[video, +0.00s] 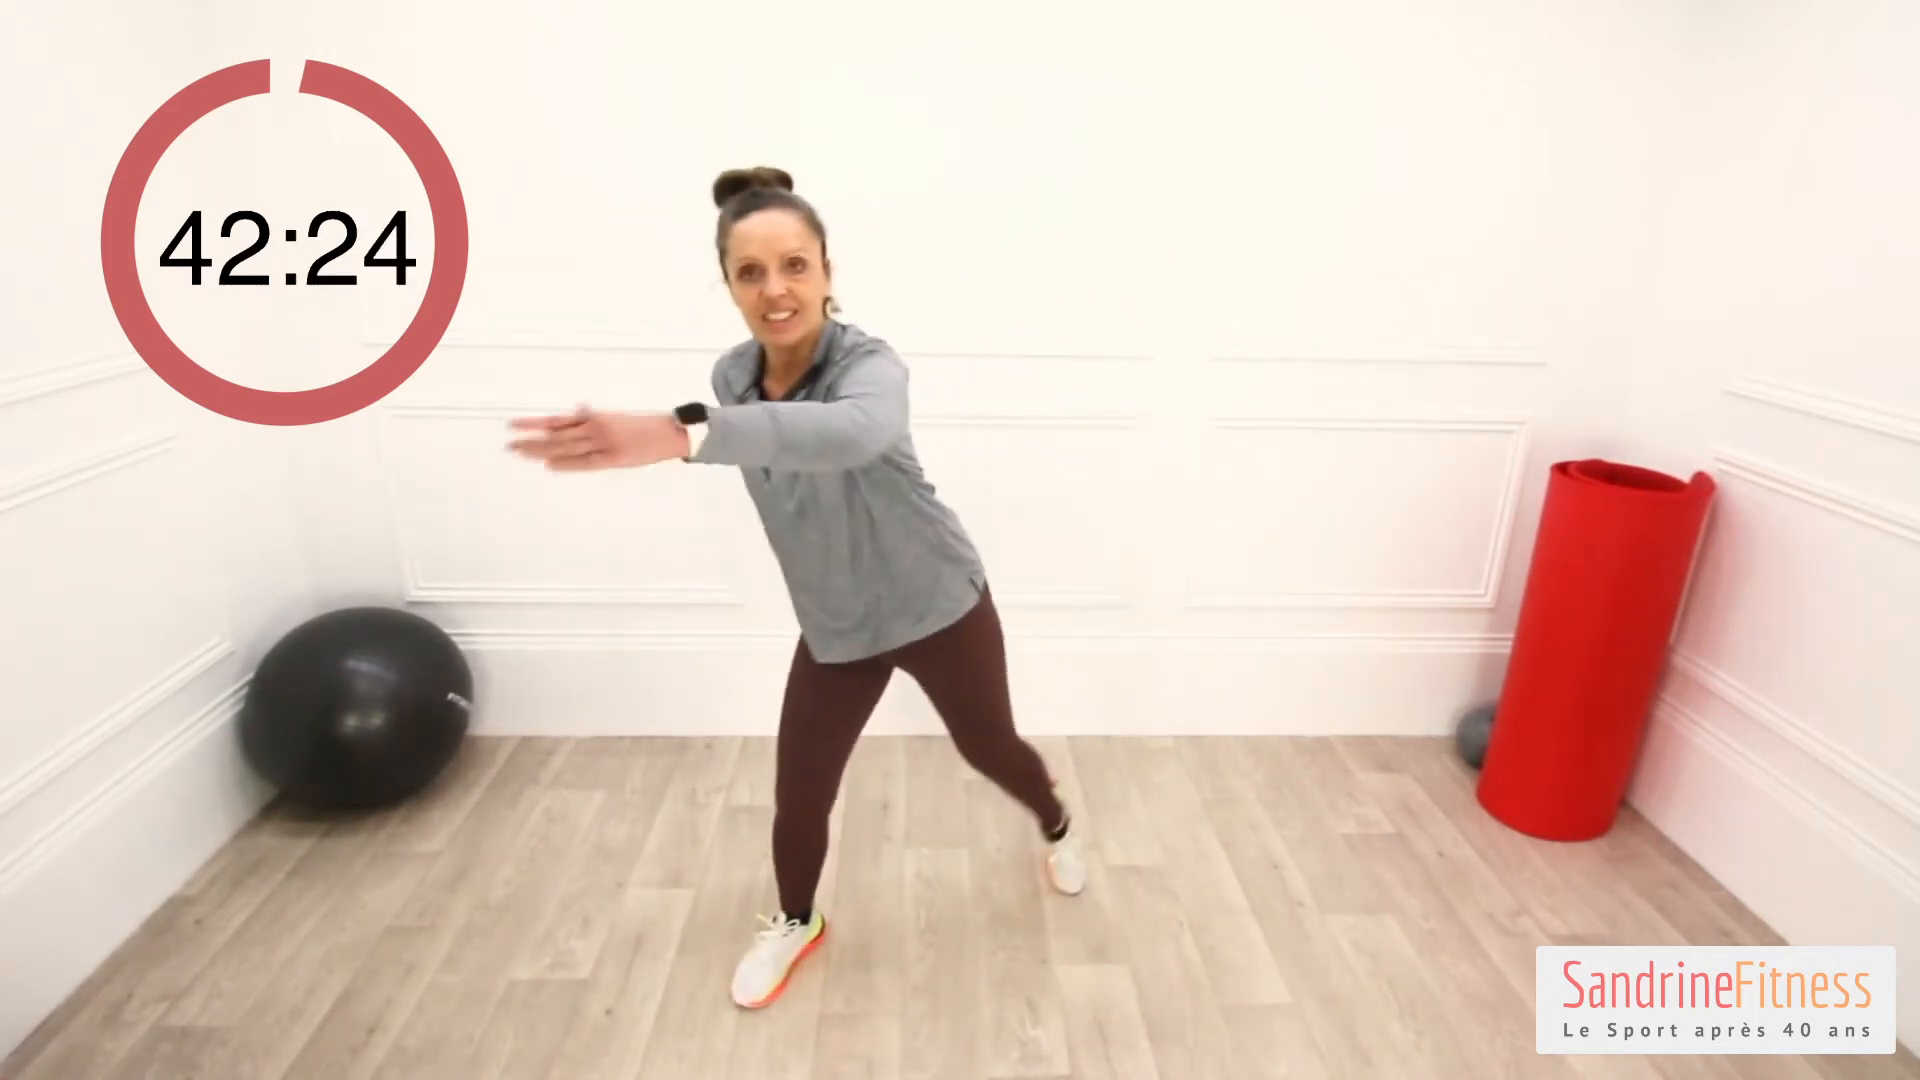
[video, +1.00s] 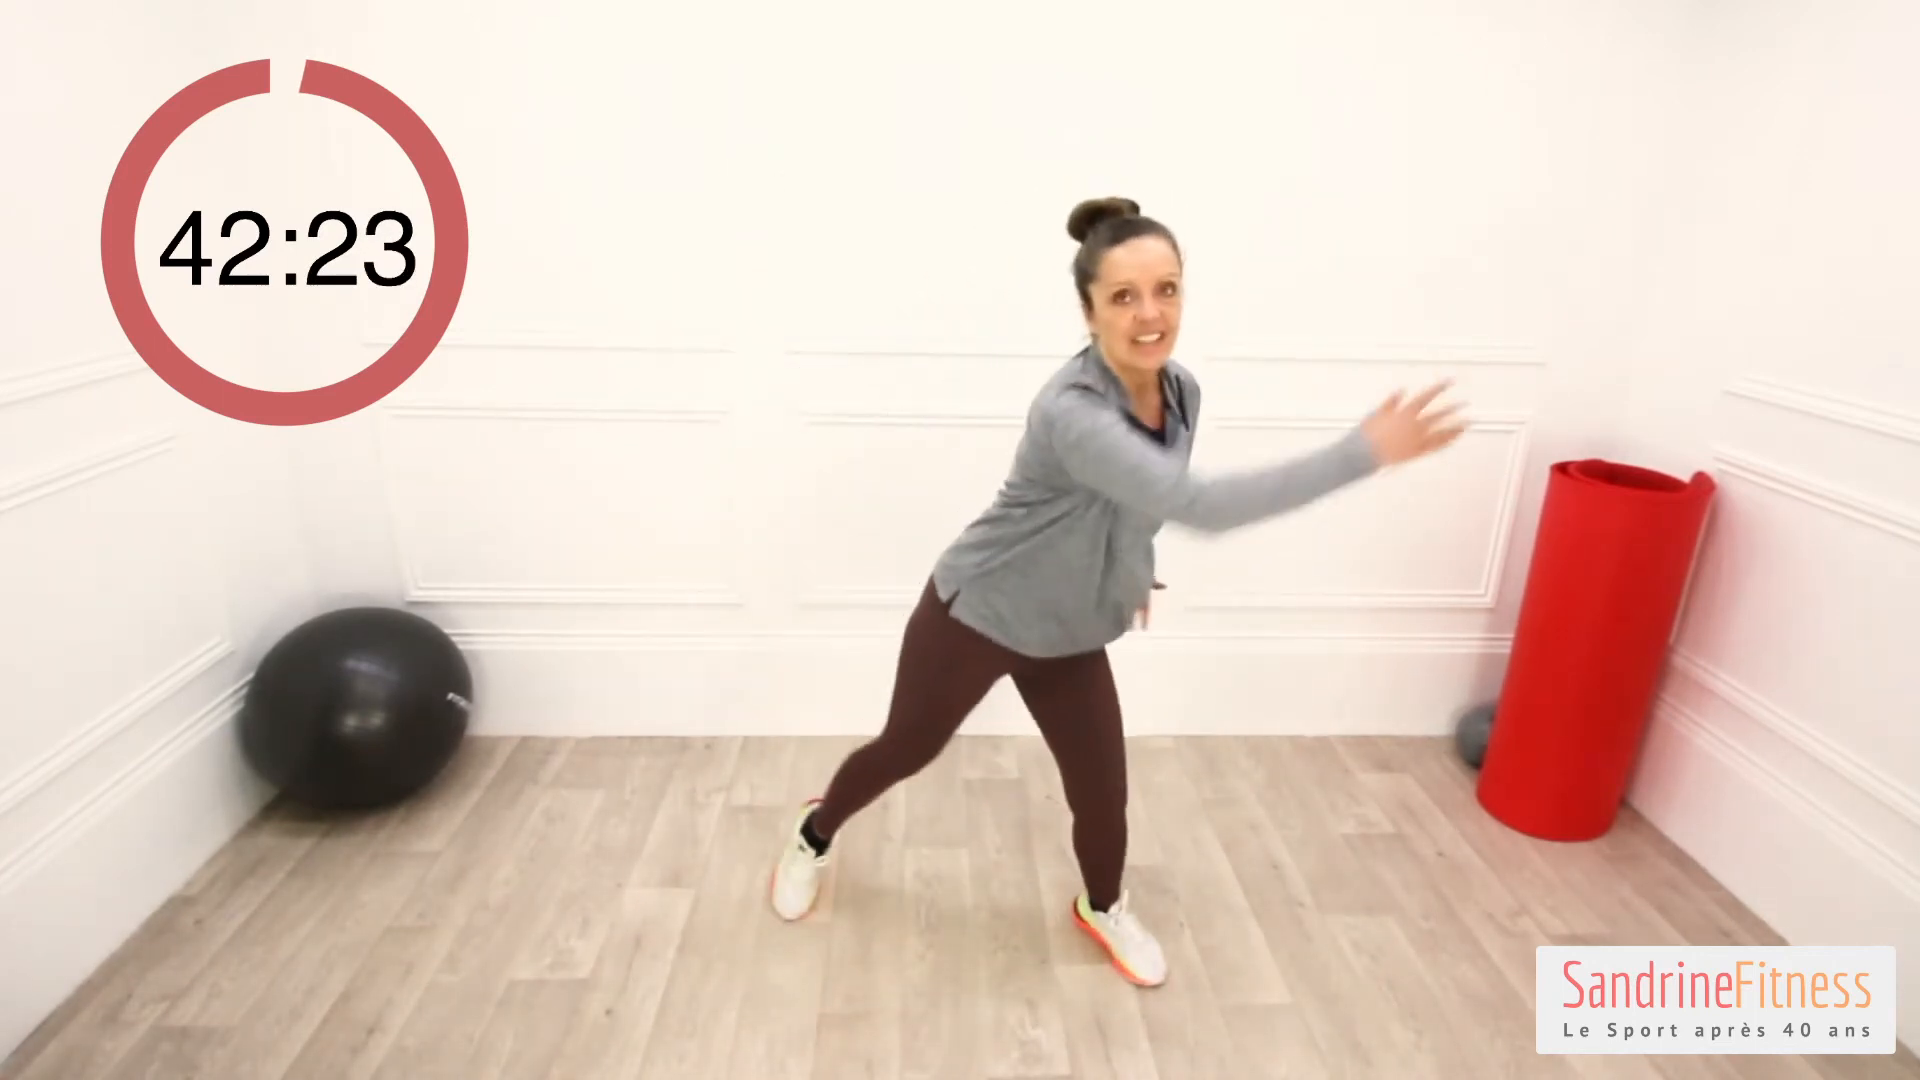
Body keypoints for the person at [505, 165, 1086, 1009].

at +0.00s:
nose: (776, 291)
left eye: (794, 266)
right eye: (751, 273)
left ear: (827, 274)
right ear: (729, 291)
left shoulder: (869, 364)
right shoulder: (733, 377)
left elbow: (866, 431)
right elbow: (765, 457)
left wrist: (687, 432)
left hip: (936, 604)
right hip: (836, 623)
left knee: (992, 751)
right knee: (800, 794)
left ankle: (1058, 824)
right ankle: (797, 921)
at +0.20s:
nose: (787, 292)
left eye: (805, 268)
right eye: (762, 275)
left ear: (836, 275)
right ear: (740, 292)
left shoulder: (884, 384)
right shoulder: (733, 382)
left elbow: (943, 495)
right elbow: (786, 499)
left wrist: (828, 568)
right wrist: (796, 570)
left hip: (938, 603)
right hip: (834, 620)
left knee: (999, 745)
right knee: (805, 793)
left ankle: (1064, 829)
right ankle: (796, 921)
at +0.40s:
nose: (882, 317)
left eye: (899, 293)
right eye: (858, 299)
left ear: (924, 301)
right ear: (831, 314)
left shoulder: (980, 424)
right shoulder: (788, 406)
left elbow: (1095, 532)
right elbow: (747, 434)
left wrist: (1037, 641)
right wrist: (767, 535)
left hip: (965, 636)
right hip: (851, 639)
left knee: (1031, 786)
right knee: (821, 810)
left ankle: (1089, 894)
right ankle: (794, 923)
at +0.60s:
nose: (1011, 338)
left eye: (1024, 315)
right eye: (986, 322)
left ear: (1044, 322)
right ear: (955, 337)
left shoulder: (1084, 437)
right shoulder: (911, 445)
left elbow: (1108, 518)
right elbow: (849, 546)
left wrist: (1093, 608)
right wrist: (897, 637)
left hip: (1007, 645)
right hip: (902, 643)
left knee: (1061, 804)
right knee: (864, 816)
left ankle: (1102, 909)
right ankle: (792, 925)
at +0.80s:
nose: (1122, 292)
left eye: (1138, 268)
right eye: (1095, 275)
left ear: (1157, 275)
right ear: (1061, 292)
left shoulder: (1162, 379)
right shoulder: (1040, 398)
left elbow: (1131, 483)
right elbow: (1101, 548)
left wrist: (1109, 560)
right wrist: (1240, 492)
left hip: (1052, 613)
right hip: (959, 592)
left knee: (1075, 782)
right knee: (866, 733)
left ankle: (1102, 905)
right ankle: (768, 866)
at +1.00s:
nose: (1149, 314)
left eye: (1166, 292)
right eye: (1125, 297)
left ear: (1183, 300)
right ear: (1088, 311)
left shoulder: (1180, 395)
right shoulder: (1071, 414)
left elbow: (1128, 501)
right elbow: (1199, 505)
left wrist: (1134, 576)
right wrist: (1363, 452)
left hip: (1068, 627)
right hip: (974, 611)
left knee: (1101, 797)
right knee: (905, 751)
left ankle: (1100, 909)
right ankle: (811, 839)